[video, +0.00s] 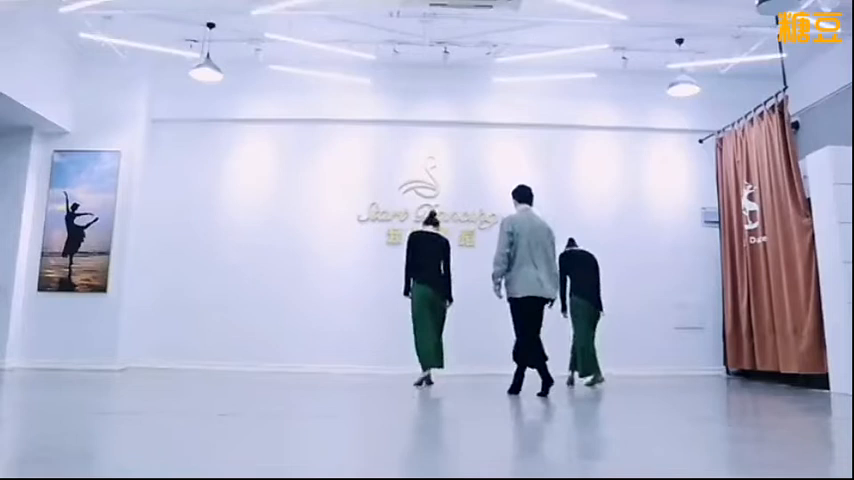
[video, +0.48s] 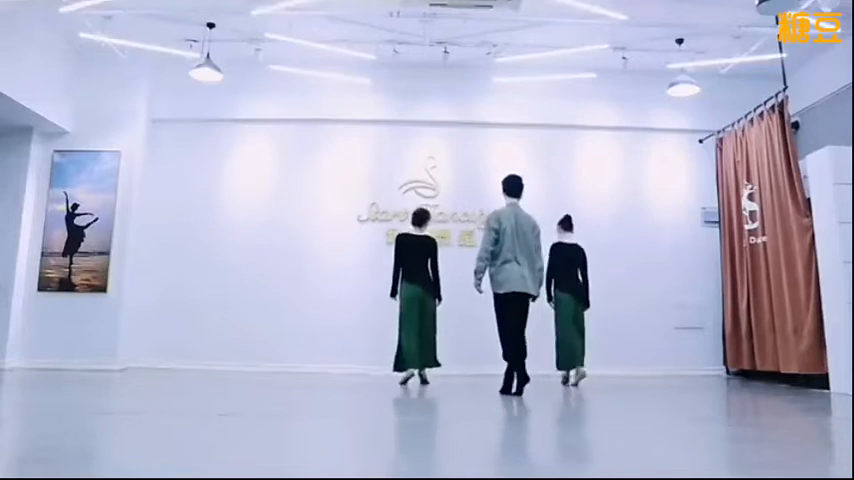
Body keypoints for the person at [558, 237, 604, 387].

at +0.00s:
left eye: (566, 248)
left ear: (566, 247)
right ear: (577, 245)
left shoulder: (565, 256)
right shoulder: (590, 256)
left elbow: (563, 282)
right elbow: (596, 284)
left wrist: (563, 305)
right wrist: (599, 305)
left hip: (577, 299)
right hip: (593, 301)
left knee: (582, 336)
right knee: (581, 336)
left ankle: (596, 372)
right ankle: (572, 371)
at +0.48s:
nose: (557, 231)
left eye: (558, 229)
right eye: (559, 229)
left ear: (559, 229)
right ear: (572, 230)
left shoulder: (555, 248)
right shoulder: (579, 249)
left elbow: (550, 273)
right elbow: (584, 276)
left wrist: (549, 294)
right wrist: (586, 298)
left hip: (561, 292)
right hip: (577, 293)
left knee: (564, 330)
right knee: (577, 330)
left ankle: (567, 369)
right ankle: (578, 366)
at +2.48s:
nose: (532, 229)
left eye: (530, 226)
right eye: (536, 226)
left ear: (528, 227)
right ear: (542, 228)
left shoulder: (520, 247)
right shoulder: (548, 248)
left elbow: (516, 272)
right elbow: (553, 275)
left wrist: (515, 293)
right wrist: (554, 296)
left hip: (528, 291)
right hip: (545, 292)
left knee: (531, 330)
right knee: (542, 329)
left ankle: (537, 367)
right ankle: (539, 368)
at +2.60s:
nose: (531, 229)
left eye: (530, 226)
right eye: (535, 226)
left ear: (527, 227)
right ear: (542, 228)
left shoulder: (520, 247)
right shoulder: (547, 248)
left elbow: (515, 272)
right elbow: (552, 275)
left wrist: (513, 293)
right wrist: (554, 296)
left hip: (527, 292)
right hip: (544, 293)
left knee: (529, 330)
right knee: (542, 330)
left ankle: (536, 367)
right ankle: (538, 368)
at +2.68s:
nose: (531, 229)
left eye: (530, 226)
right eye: (535, 226)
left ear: (527, 227)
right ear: (541, 228)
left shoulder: (520, 247)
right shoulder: (547, 248)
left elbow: (515, 272)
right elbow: (552, 275)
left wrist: (513, 292)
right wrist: (553, 296)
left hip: (527, 291)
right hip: (544, 292)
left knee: (530, 329)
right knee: (542, 329)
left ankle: (537, 367)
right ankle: (539, 368)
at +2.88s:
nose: (530, 230)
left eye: (528, 227)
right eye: (533, 227)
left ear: (525, 228)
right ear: (539, 229)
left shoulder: (518, 248)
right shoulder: (545, 249)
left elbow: (513, 273)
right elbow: (550, 275)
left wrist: (512, 294)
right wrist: (551, 296)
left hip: (525, 293)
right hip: (542, 293)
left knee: (529, 331)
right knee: (542, 330)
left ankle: (539, 367)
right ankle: (541, 369)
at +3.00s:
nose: (524, 233)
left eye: (524, 230)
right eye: (530, 230)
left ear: (523, 232)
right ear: (537, 232)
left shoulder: (516, 252)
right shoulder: (543, 253)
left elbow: (512, 278)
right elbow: (548, 280)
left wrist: (511, 299)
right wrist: (550, 300)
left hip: (522, 296)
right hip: (540, 297)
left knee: (527, 333)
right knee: (541, 332)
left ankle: (538, 368)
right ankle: (543, 370)